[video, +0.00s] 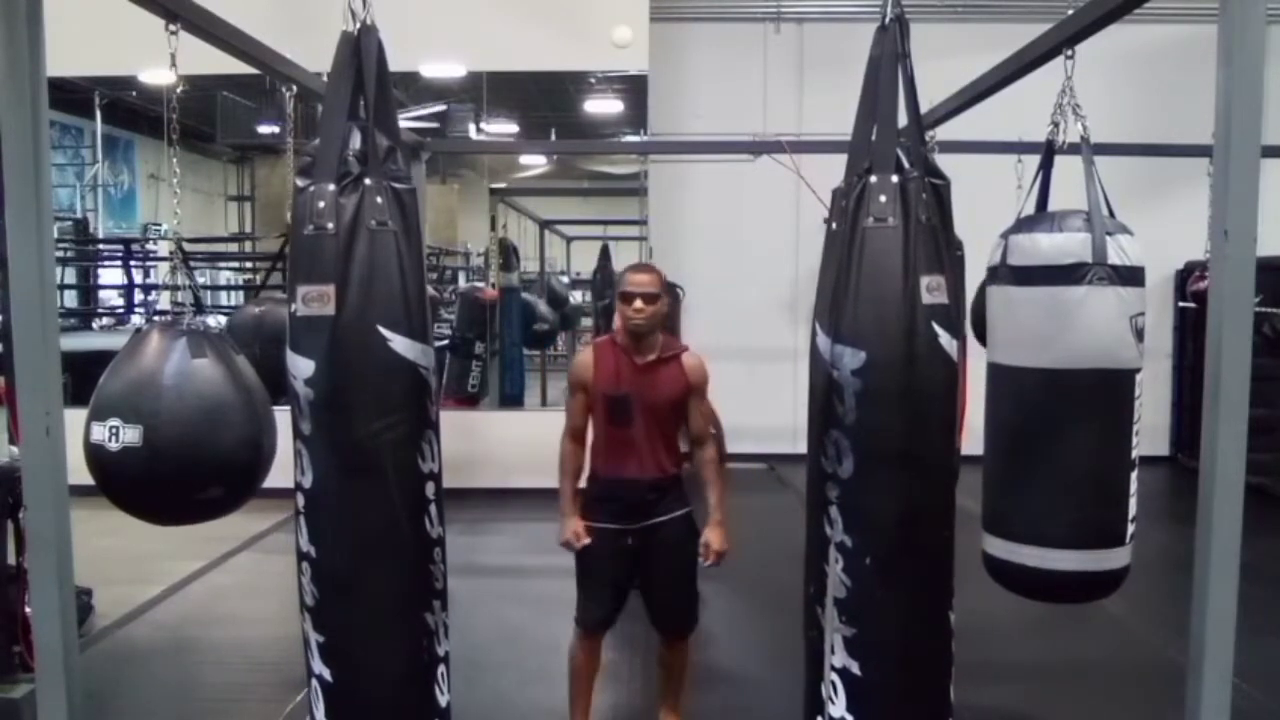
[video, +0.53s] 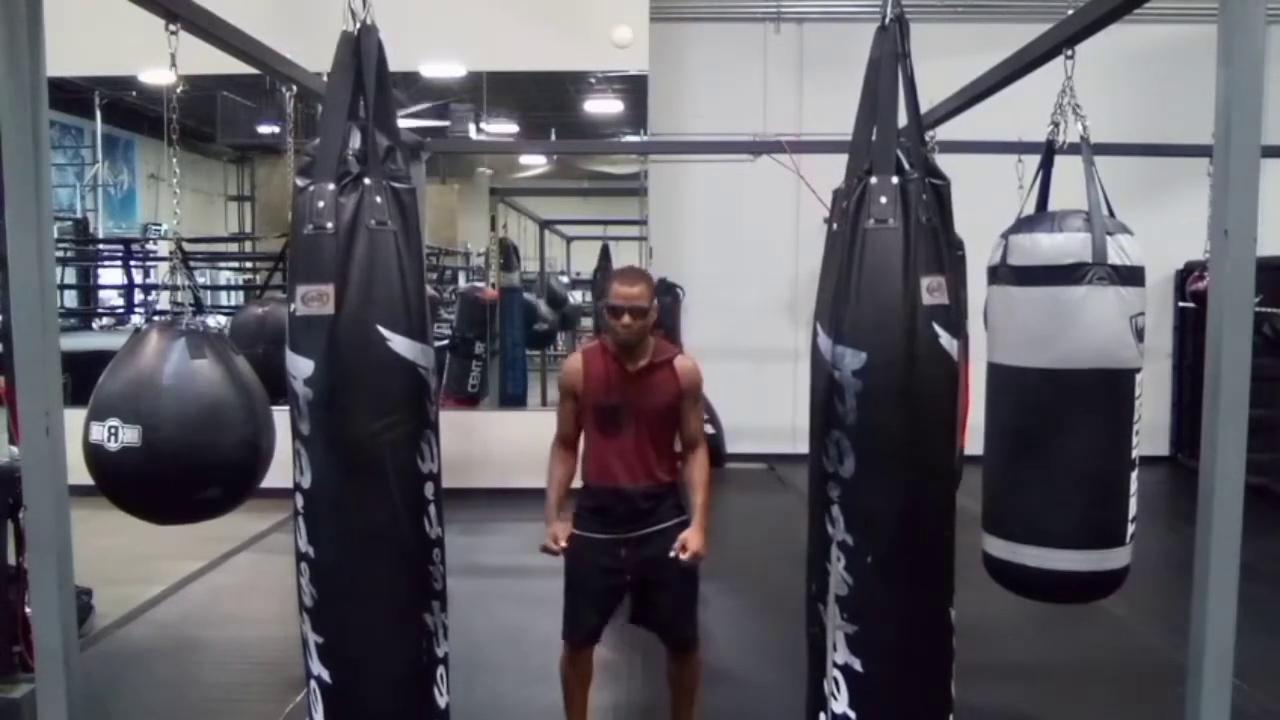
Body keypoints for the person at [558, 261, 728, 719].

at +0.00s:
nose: (637, 307)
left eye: (649, 299)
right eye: (627, 298)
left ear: (666, 305)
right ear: (616, 303)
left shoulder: (688, 366)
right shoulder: (589, 362)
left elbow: (704, 441)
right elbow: (574, 437)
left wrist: (716, 519)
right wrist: (569, 510)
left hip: (667, 510)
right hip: (604, 510)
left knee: (676, 630)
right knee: (589, 630)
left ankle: (670, 710)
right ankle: (579, 715)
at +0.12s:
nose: (621, 312)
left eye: (631, 303)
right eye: (611, 303)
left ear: (650, 309)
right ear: (599, 309)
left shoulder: (676, 369)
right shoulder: (574, 370)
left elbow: (692, 446)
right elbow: (559, 445)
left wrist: (703, 523)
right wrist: (553, 519)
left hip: (658, 513)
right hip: (592, 514)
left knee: (677, 632)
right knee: (576, 636)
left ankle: (672, 709)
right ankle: (574, 716)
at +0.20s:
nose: (617, 312)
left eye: (628, 303)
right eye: (608, 303)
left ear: (646, 308)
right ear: (596, 308)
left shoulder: (673, 370)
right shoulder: (570, 370)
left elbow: (688, 448)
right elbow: (555, 446)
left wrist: (699, 524)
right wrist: (550, 520)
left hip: (655, 513)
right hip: (589, 515)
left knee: (679, 629)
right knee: (574, 636)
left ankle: (674, 707)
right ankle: (574, 716)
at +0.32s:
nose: (615, 316)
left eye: (626, 307)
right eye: (606, 307)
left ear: (646, 311)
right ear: (595, 309)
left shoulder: (673, 370)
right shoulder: (569, 368)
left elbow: (685, 445)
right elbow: (551, 444)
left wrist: (693, 519)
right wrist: (543, 515)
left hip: (656, 512)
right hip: (589, 514)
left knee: (678, 641)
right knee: (574, 639)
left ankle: (682, 715)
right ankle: (574, 718)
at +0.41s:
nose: (617, 321)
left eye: (628, 312)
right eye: (607, 312)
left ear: (648, 314)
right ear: (596, 313)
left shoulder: (675, 372)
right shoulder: (571, 372)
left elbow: (688, 448)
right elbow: (552, 445)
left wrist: (693, 520)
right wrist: (543, 516)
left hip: (657, 517)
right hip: (591, 518)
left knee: (677, 644)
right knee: (574, 641)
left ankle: (681, 716)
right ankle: (574, 718)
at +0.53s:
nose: (624, 322)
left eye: (636, 313)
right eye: (615, 312)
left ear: (654, 314)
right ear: (602, 312)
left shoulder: (681, 371)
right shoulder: (579, 368)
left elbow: (694, 447)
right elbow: (564, 444)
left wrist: (698, 523)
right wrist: (553, 515)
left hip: (663, 514)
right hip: (597, 515)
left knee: (683, 644)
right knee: (578, 641)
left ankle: (683, 716)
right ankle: (576, 717)